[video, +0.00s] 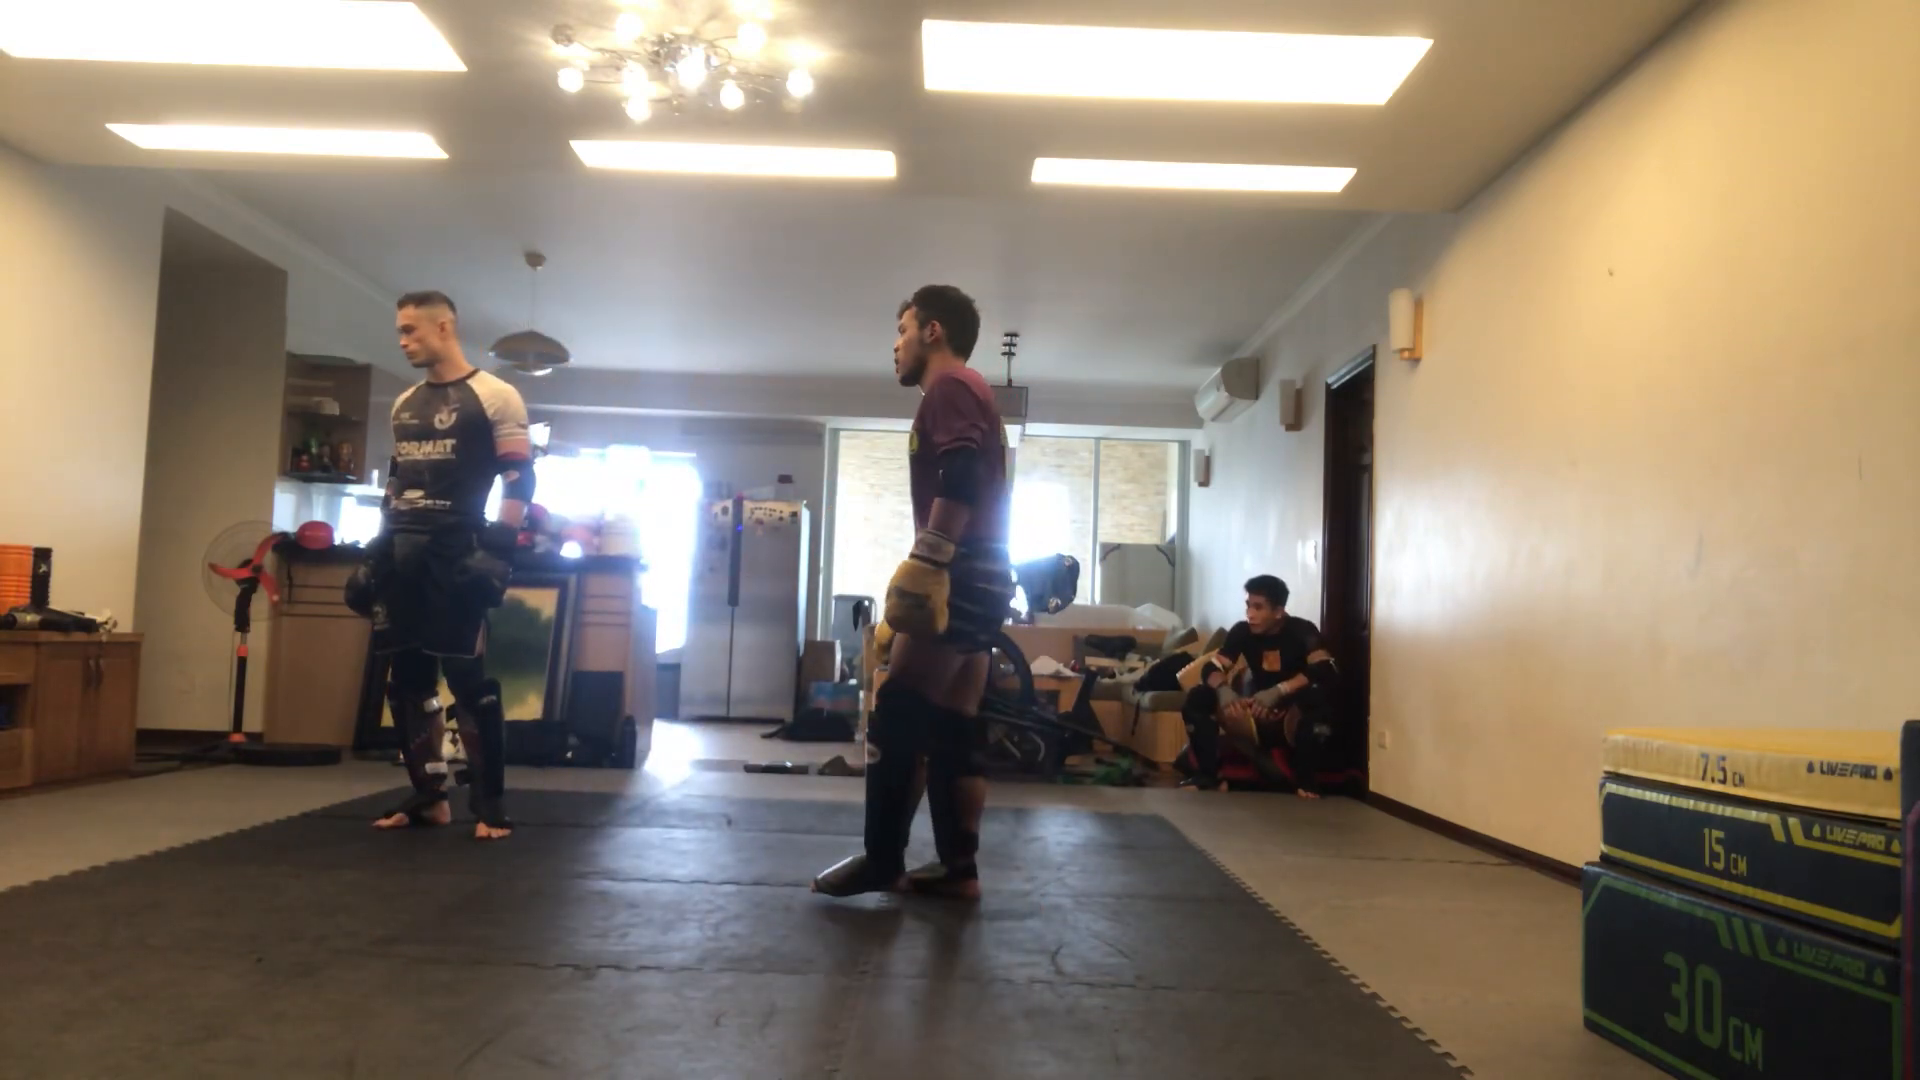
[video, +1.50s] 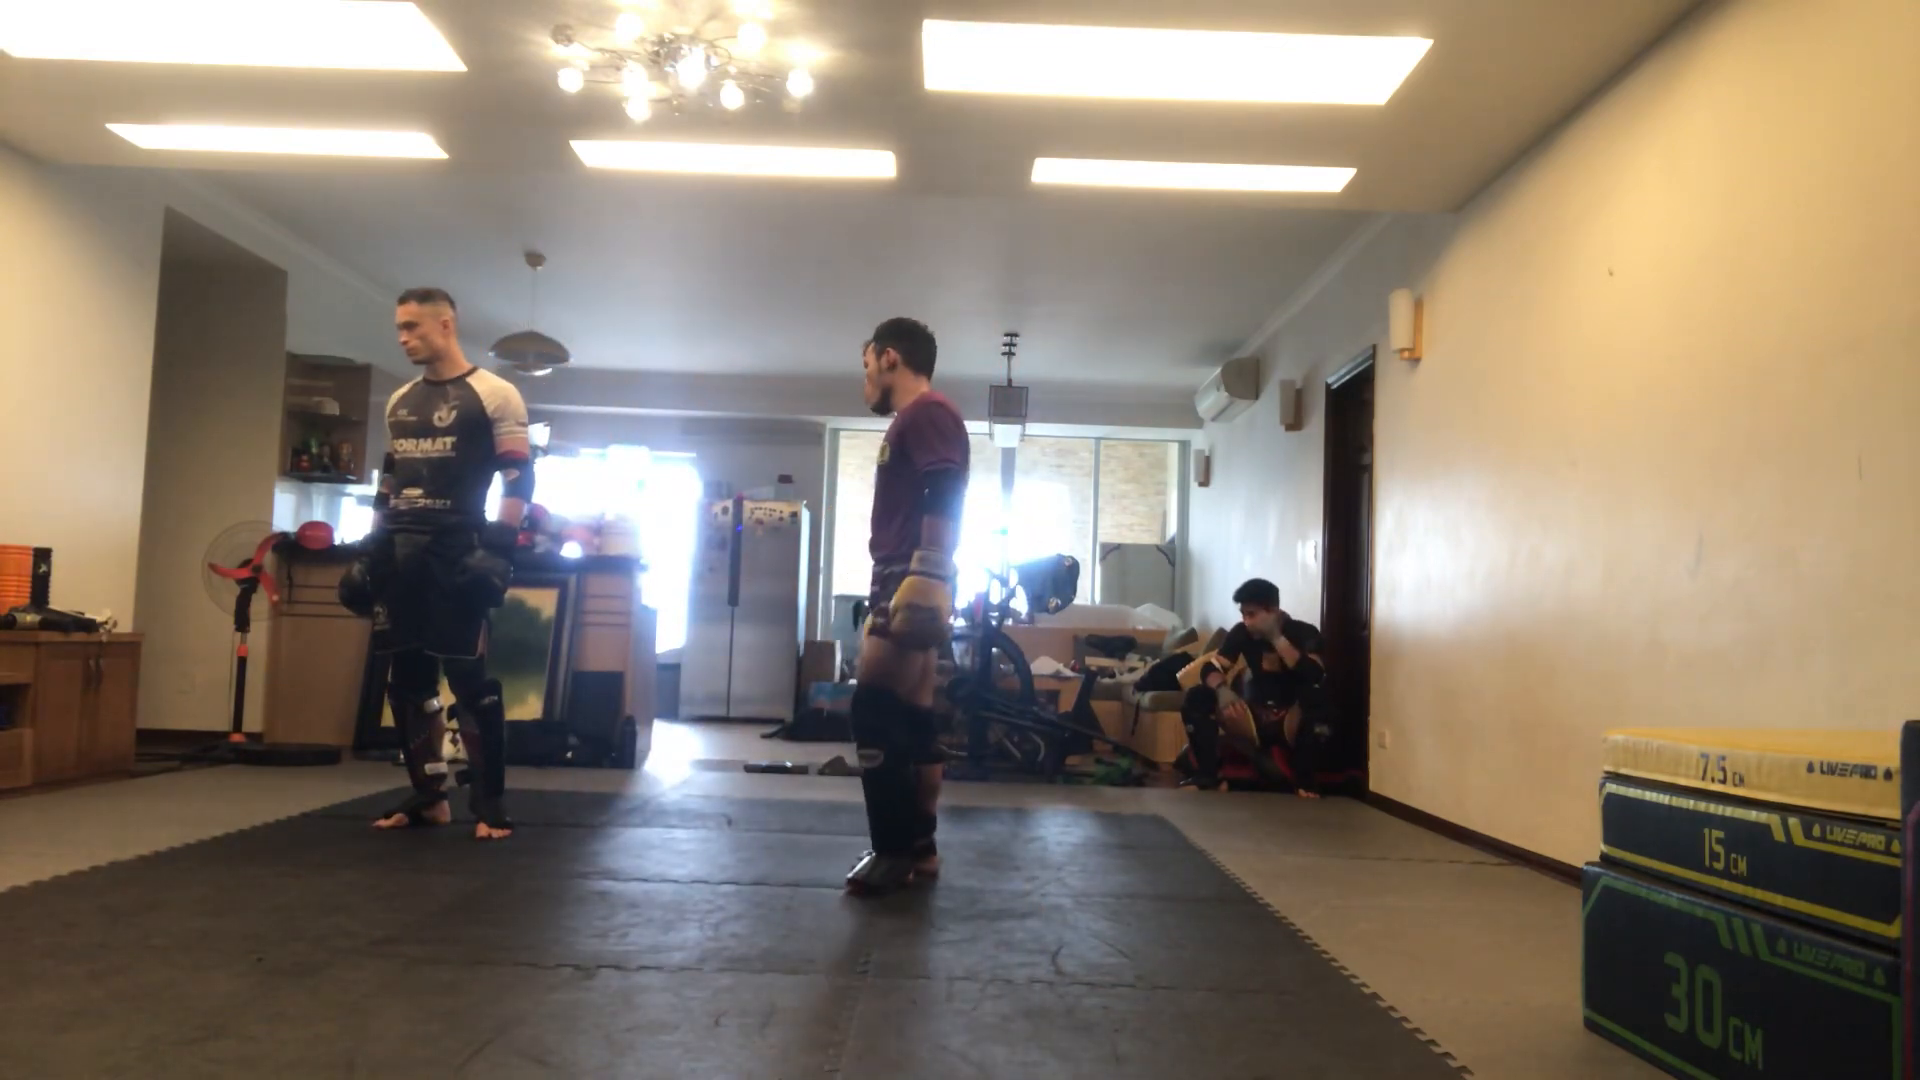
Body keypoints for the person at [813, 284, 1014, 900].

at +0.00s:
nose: (895, 342)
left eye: (902, 329)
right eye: (897, 330)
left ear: (933, 331)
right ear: (943, 335)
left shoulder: (948, 386)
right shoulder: (971, 391)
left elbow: (961, 479)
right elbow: (978, 491)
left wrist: (926, 565)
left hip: (955, 577)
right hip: (981, 578)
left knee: (896, 714)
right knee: (953, 731)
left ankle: (880, 857)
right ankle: (958, 868)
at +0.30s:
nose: (883, 335)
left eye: (890, 322)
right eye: (886, 322)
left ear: (921, 328)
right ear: (928, 331)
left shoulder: (933, 398)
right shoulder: (950, 397)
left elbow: (935, 505)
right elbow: (940, 509)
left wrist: (911, 593)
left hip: (922, 583)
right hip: (947, 585)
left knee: (889, 729)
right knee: (941, 734)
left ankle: (876, 866)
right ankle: (957, 865)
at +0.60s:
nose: (856, 344)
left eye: (863, 331)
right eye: (858, 331)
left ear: (891, 335)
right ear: (907, 338)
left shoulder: (914, 409)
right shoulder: (929, 402)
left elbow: (894, 529)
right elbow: (907, 523)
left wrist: (854, 605)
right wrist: (864, 598)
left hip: (902, 593)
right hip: (916, 590)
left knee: (878, 727)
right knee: (894, 725)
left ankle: (876, 868)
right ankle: (943, 847)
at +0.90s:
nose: (853, 353)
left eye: (855, 341)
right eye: (855, 341)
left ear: (874, 342)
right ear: (910, 344)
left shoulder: (908, 412)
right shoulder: (927, 407)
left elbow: (885, 525)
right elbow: (898, 521)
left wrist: (839, 594)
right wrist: (852, 584)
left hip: (896, 586)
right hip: (911, 583)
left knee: (876, 726)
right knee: (886, 722)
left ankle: (875, 868)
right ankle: (905, 840)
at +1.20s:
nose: (861, 366)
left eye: (865, 353)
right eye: (862, 354)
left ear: (888, 353)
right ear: (909, 357)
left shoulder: (914, 415)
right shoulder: (930, 413)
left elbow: (914, 512)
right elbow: (920, 518)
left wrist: (877, 595)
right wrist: (881, 587)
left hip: (904, 594)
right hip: (918, 592)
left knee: (875, 724)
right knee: (909, 723)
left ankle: (875, 863)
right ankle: (915, 844)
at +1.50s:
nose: (863, 376)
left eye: (865, 363)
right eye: (863, 364)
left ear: (888, 358)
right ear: (908, 361)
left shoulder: (929, 413)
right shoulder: (915, 419)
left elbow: (942, 499)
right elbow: (914, 512)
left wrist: (927, 581)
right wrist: (888, 590)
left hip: (905, 589)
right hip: (906, 586)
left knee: (875, 717)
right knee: (914, 724)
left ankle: (895, 852)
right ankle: (917, 847)